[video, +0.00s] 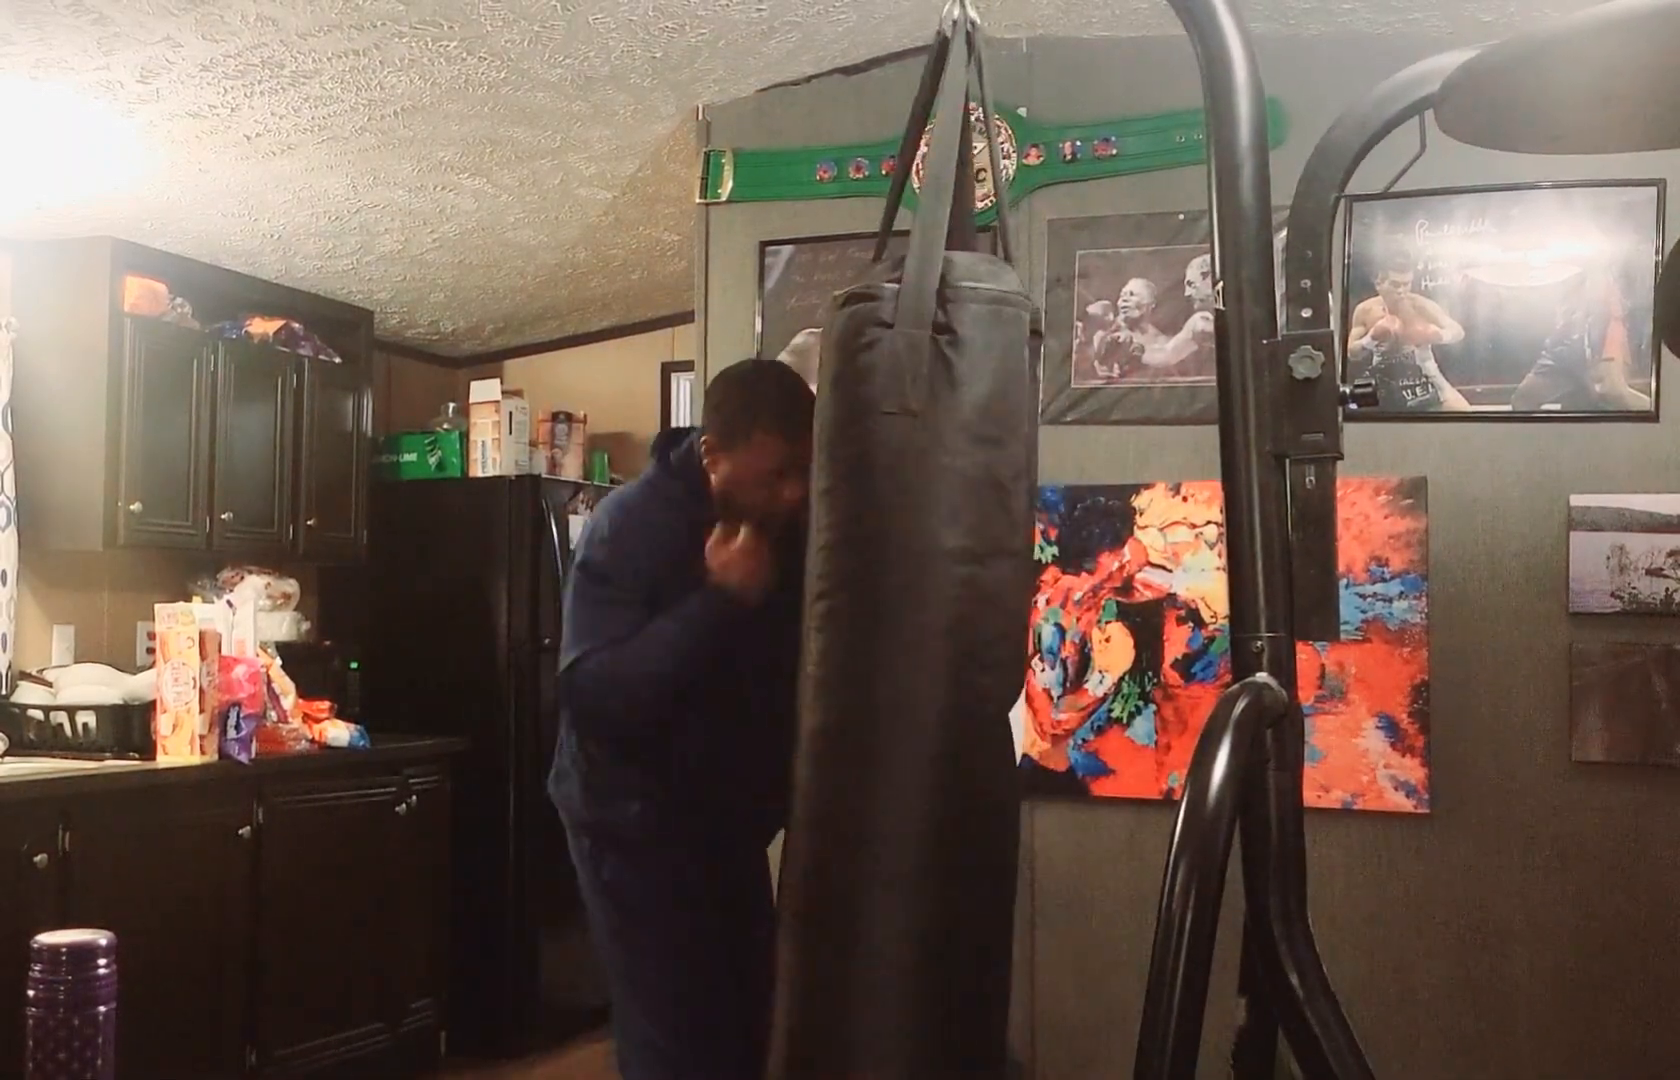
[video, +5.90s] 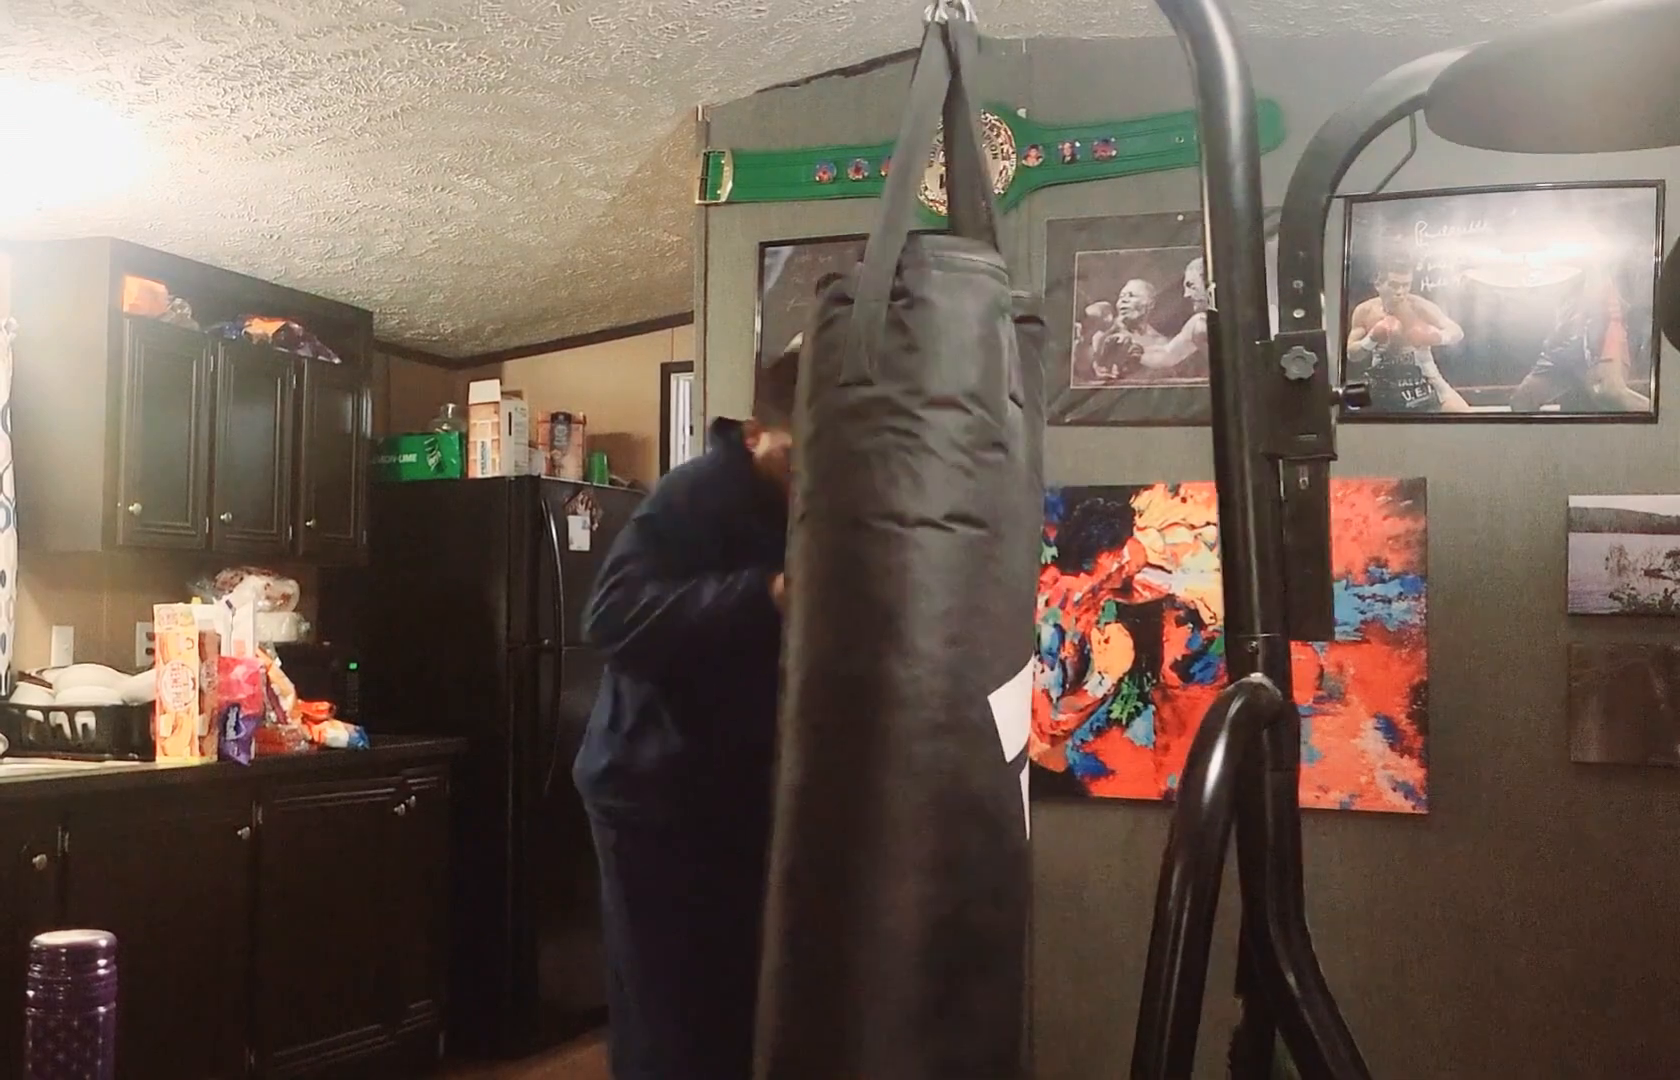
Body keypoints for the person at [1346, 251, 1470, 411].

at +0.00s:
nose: (1402, 291)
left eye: (1406, 285)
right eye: (1395, 285)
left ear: (1411, 282)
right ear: (1379, 283)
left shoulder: (1422, 305)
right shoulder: (1365, 310)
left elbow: (1457, 331)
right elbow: (1352, 353)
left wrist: (1435, 335)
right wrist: (1373, 338)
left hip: (1428, 381)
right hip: (1386, 384)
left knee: (1466, 415)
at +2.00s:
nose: (1402, 291)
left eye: (1406, 285)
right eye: (1395, 285)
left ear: (1411, 283)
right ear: (1379, 284)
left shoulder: (1421, 305)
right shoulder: (1365, 311)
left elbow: (1457, 331)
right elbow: (1352, 354)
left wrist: (1436, 335)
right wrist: (1374, 337)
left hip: (1428, 382)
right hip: (1385, 386)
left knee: (1468, 418)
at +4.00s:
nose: (1401, 291)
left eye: (1406, 285)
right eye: (1395, 285)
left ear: (1411, 284)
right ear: (1379, 284)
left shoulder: (1421, 306)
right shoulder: (1365, 311)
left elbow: (1457, 332)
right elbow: (1352, 354)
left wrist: (1435, 336)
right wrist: (1373, 338)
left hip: (1429, 384)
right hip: (1386, 388)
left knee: (1468, 420)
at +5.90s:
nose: (1400, 292)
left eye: (1405, 286)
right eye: (1394, 285)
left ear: (1411, 284)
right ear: (1378, 284)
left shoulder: (1421, 306)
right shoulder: (1364, 312)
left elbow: (1457, 332)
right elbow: (1351, 354)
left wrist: (1436, 337)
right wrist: (1373, 338)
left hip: (1426, 383)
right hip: (1382, 386)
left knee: (1467, 419)